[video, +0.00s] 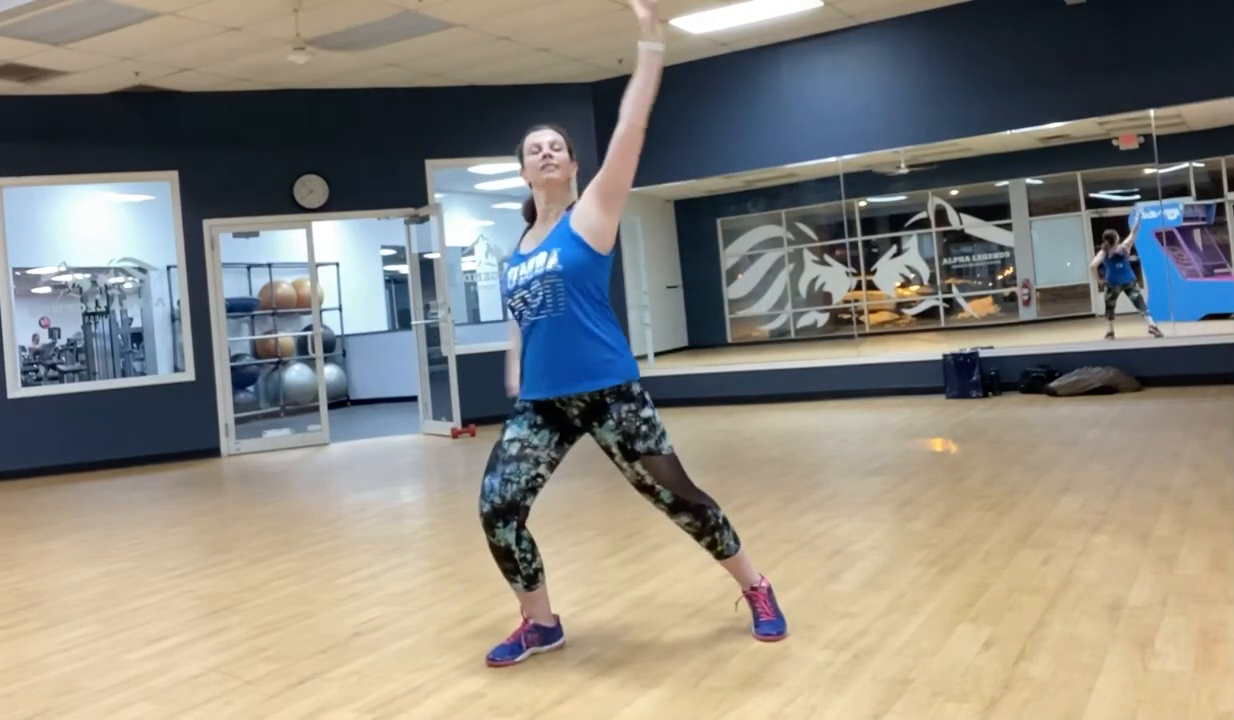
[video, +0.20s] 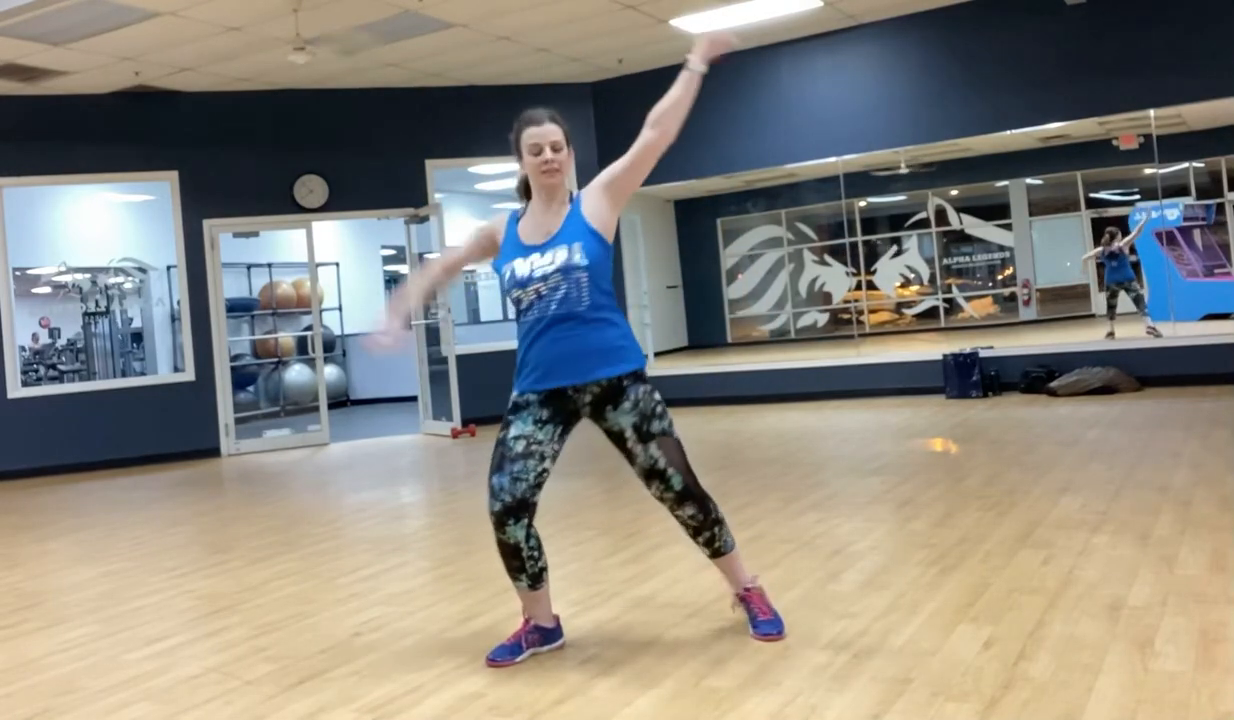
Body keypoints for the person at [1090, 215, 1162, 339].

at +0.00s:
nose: (1118, 239)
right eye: (1117, 237)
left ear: (1105, 241)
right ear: (1117, 239)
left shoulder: (1104, 252)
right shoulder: (1124, 247)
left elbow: (1093, 265)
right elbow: (1133, 234)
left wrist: (1098, 280)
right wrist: (1138, 221)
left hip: (1113, 281)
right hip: (1128, 279)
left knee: (1110, 306)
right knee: (1139, 301)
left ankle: (1111, 330)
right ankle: (1151, 324)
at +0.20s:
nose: (1121, 236)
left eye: (1120, 234)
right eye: (1119, 235)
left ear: (1107, 237)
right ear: (1117, 236)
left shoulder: (1102, 249)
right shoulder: (1122, 245)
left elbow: (1085, 257)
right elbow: (1136, 233)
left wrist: (1084, 267)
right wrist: (1145, 220)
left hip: (1111, 279)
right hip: (1127, 277)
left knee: (1111, 305)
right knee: (1139, 299)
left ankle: (1111, 330)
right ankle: (1149, 325)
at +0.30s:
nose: (1125, 235)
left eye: (1125, 233)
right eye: (1124, 233)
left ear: (1112, 234)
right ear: (1120, 233)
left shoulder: (1106, 245)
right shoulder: (1123, 241)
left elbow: (1093, 248)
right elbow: (1137, 233)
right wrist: (1148, 226)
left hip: (1113, 278)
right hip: (1126, 276)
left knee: (1113, 304)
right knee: (1141, 299)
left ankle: (1110, 329)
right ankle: (1138, 326)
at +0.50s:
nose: (1131, 237)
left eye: (1130, 236)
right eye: (1130, 236)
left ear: (1118, 236)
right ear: (1127, 235)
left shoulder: (1114, 245)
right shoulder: (1127, 242)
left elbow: (1101, 244)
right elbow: (1137, 239)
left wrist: (1089, 240)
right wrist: (1143, 242)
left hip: (1118, 277)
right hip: (1130, 277)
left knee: (1117, 301)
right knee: (1142, 302)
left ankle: (1101, 322)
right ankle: (1137, 328)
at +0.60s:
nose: (1136, 242)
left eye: (1135, 240)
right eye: (1135, 240)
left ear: (1125, 239)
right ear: (1132, 239)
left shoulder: (1120, 248)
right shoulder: (1128, 246)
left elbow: (1109, 250)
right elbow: (1130, 253)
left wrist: (1095, 247)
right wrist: (1133, 264)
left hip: (1122, 281)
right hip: (1128, 281)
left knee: (1118, 303)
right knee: (1146, 303)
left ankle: (1100, 322)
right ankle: (1137, 328)